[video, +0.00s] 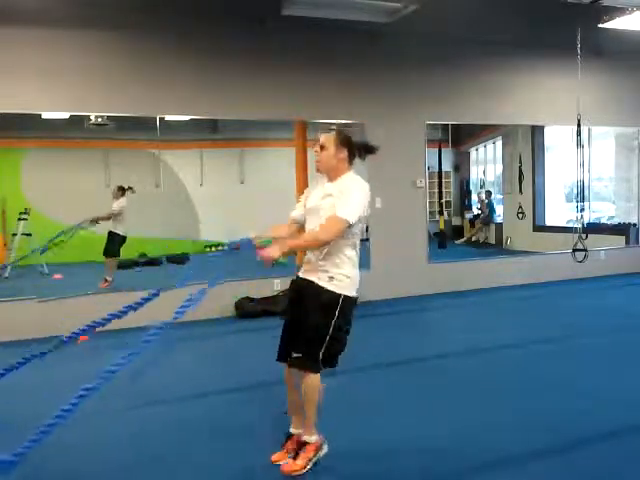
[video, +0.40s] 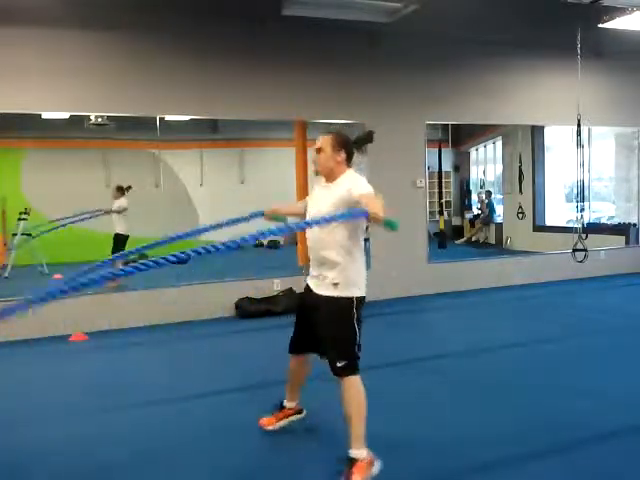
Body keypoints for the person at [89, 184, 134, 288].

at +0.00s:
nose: (113, 193)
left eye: (115, 192)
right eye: (114, 191)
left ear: (120, 193)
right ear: (121, 193)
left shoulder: (120, 203)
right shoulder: (121, 202)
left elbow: (110, 216)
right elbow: (111, 216)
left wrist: (97, 219)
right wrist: (98, 219)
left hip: (118, 232)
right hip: (116, 231)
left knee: (110, 256)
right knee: (111, 256)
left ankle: (109, 278)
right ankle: (109, 277)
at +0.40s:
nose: (113, 194)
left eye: (115, 192)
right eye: (113, 192)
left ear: (119, 193)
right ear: (120, 193)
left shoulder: (123, 201)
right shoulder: (117, 202)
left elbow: (121, 209)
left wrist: (109, 211)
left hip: (122, 231)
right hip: (119, 230)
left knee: (117, 255)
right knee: (116, 255)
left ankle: (116, 277)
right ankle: (116, 276)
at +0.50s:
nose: (112, 202)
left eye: (114, 200)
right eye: (112, 200)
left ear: (118, 201)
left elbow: (124, 218)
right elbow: (112, 219)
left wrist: (113, 221)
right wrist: (106, 220)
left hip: (122, 240)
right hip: (117, 240)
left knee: (119, 263)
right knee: (112, 261)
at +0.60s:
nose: (114, 202)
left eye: (116, 200)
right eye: (114, 200)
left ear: (120, 201)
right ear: (120, 201)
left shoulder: (122, 210)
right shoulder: (116, 210)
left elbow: (124, 218)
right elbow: (111, 220)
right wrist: (101, 219)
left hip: (121, 239)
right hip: (116, 238)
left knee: (116, 262)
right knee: (111, 261)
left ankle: (120, 283)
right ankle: (116, 280)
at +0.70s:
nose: (116, 194)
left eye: (118, 192)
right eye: (117, 192)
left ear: (124, 193)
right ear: (123, 193)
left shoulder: (124, 203)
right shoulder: (119, 203)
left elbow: (123, 212)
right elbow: (112, 212)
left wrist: (108, 213)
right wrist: (101, 212)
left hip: (120, 232)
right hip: (116, 231)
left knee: (116, 257)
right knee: (113, 257)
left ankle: (117, 280)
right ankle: (115, 279)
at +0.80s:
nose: (117, 190)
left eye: (119, 188)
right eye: (117, 188)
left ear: (125, 190)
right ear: (124, 190)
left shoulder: (125, 200)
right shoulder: (121, 199)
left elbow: (117, 210)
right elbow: (114, 210)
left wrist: (103, 212)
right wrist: (102, 212)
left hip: (119, 229)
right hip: (115, 228)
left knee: (115, 254)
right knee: (112, 254)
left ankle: (114, 276)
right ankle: (112, 275)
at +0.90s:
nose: (118, 193)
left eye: (120, 191)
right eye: (118, 190)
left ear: (125, 192)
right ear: (123, 192)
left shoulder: (124, 204)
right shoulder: (121, 202)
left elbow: (118, 217)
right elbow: (117, 216)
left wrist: (105, 220)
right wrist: (105, 219)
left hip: (119, 232)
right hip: (115, 231)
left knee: (114, 257)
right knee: (111, 257)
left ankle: (116, 279)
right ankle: (114, 278)